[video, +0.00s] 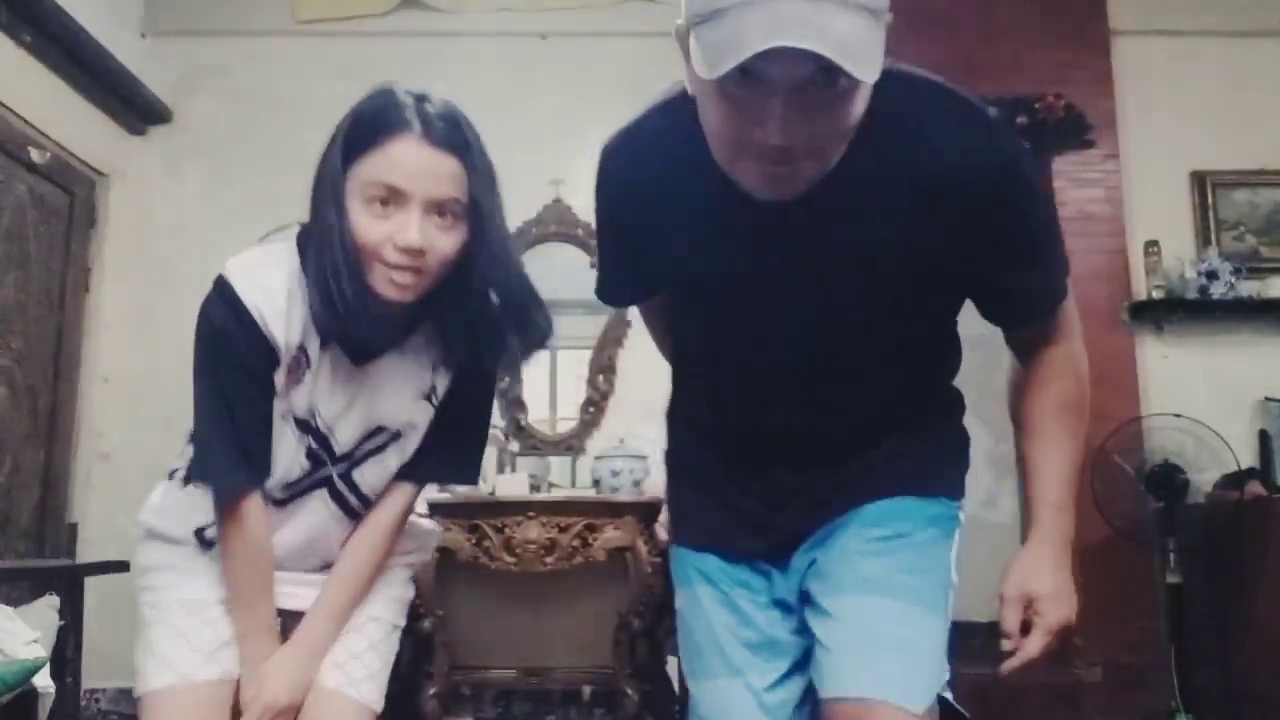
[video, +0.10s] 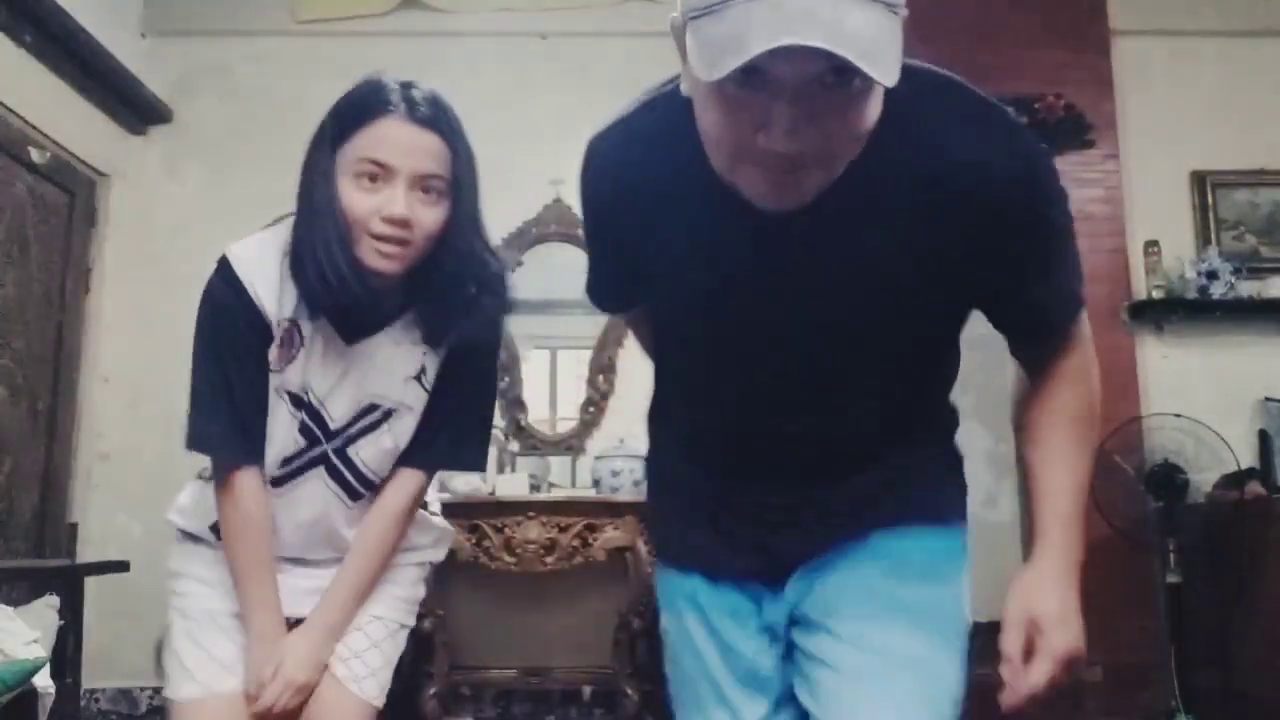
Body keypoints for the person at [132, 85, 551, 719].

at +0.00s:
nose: (411, 240)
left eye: (444, 213)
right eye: (384, 203)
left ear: (472, 228)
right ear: (336, 197)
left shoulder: (472, 332)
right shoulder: (252, 298)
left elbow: (393, 505)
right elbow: (239, 500)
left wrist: (303, 655)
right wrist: (262, 665)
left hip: (360, 561)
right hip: (210, 550)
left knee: (331, 708)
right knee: (188, 708)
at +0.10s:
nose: (398, 212)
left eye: (428, 189)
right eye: (371, 178)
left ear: (453, 206)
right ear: (324, 179)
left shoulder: (467, 306)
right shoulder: (251, 277)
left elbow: (407, 487)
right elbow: (239, 474)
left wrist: (321, 634)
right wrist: (265, 639)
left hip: (377, 557)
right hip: (231, 550)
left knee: (331, 709)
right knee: (215, 708)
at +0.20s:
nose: (387, 206)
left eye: (415, 187)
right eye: (362, 176)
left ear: (439, 207)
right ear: (319, 182)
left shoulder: (461, 315)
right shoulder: (253, 282)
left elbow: (412, 488)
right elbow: (237, 467)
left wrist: (332, 634)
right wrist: (267, 631)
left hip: (387, 562)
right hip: (257, 553)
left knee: (344, 706)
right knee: (247, 705)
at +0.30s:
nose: (379, 215)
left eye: (406, 199)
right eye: (358, 187)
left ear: (428, 218)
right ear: (320, 194)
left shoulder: (455, 321)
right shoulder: (262, 296)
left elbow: (426, 485)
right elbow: (249, 468)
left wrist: (355, 636)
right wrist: (267, 634)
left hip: (398, 568)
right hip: (278, 560)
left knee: (356, 705)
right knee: (265, 702)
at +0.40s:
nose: (381, 211)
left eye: (406, 196)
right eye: (362, 186)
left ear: (427, 215)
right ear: (328, 193)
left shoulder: (458, 315)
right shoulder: (279, 299)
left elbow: (447, 472)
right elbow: (269, 454)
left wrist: (394, 614)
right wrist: (263, 598)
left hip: (413, 562)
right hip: (300, 556)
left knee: (361, 703)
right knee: (281, 695)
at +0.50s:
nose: (398, 193)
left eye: (421, 181)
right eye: (382, 169)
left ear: (441, 199)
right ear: (350, 177)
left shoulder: (467, 299)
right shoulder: (307, 290)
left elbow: (473, 442)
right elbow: (288, 428)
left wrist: (431, 576)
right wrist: (277, 553)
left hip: (437, 543)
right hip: (330, 544)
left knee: (395, 701)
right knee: (309, 702)